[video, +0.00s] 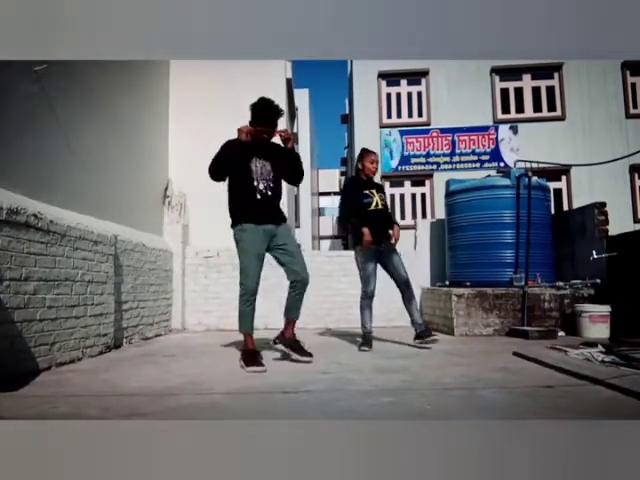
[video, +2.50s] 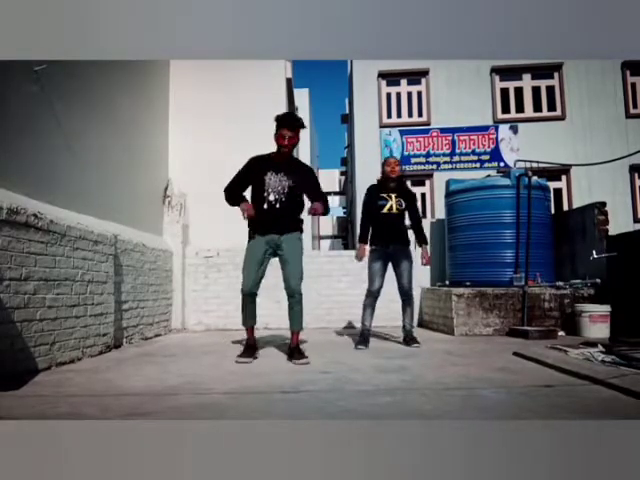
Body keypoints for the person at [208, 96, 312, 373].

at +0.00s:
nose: (269, 132)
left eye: (272, 128)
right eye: (266, 128)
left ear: (274, 127)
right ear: (254, 125)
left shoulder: (276, 150)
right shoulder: (236, 148)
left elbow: (296, 178)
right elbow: (216, 174)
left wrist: (291, 148)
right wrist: (237, 142)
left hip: (277, 225)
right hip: (249, 226)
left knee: (300, 278)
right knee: (249, 287)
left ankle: (288, 334)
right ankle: (249, 347)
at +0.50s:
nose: (274, 148)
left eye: (279, 143)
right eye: (270, 144)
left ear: (286, 142)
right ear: (263, 142)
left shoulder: (294, 165)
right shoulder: (253, 166)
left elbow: (313, 195)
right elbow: (226, 191)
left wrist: (299, 166)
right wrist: (244, 167)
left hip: (289, 236)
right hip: (260, 236)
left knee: (292, 292)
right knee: (256, 290)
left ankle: (285, 342)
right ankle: (253, 348)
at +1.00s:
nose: (285, 148)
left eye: (289, 143)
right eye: (280, 143)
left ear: (295, 145)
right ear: (273, 142)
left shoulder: (298, 176)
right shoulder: (254, 169)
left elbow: (308, 208)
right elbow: (232, 202)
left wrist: (307, 235)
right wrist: (233, 226)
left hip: (284, 237)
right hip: (254, 235)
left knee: (285, 287)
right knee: (239, 284)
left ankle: (284, 340)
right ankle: (248, 325)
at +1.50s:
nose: (246, 146)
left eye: (250, 142)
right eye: (242, 142)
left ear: (254, 144)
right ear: (233, 143)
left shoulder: (268, 167)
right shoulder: (227, 177)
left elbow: (291, 194)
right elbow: (221, 206)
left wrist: (290, 222)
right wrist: (223, 229)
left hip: (271, 232)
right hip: (244, 236)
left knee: (284, 281)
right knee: (240, 286)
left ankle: (295, 333)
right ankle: (249, 334)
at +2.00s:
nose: (257, 141)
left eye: (263, 138)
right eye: (254, 136)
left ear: (267, 143)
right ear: (246, 139)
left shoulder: (274, 172)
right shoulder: (230, 174)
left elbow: (287, 200)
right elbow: (212, 209)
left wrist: (289, 221)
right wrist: (223, 233)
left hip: (275, 236)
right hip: (247, 239)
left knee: (292, 277)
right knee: (249, 291)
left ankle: (292, 333)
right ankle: (252, 338)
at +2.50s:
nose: (285, 141)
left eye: (290, 137)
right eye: (281, 136)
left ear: (297, 139)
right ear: (275, 136)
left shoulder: (304, 171)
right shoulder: (257, 164)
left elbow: (322, 203)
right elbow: (231, 191)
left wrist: (318, 207)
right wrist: (243, 203)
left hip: (290, 234)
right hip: (260, 234)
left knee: (294, 288)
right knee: (248, 288)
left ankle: (295, 344)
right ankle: (250, 342)